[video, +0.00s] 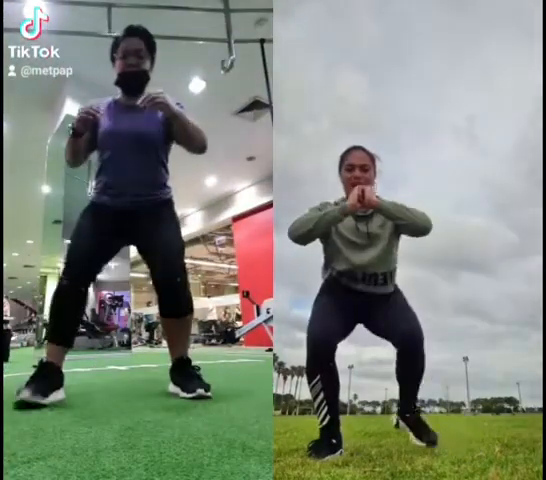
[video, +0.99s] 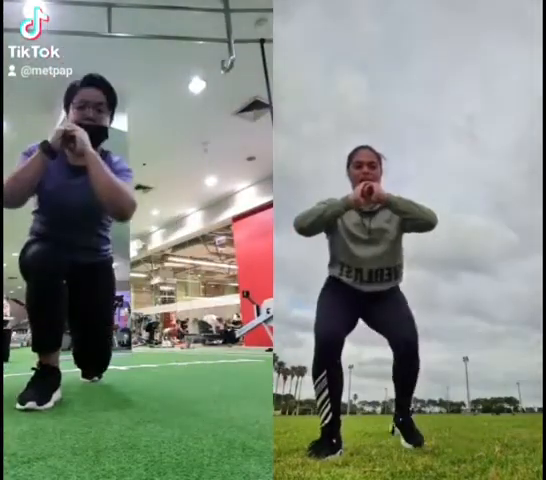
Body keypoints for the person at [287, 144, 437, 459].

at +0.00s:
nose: (358, 175)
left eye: (365, 169)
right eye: (350, 169)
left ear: (375, 175)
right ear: (341, 175)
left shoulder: (389, 213)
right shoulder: (330, 212)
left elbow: (424, 226)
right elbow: (296, 234)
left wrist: (378, 205)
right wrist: (345, 209)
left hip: (383, 298)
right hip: (339, 296)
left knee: (412, 339)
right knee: (318, 345)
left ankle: (408, 412)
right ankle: (330, 436)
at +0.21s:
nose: (342, 194)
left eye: (349, 188)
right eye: (335, 188)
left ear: (359, 194)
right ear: (326, 195)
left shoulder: (370, 228)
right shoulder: (313, 234)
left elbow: (395, 234)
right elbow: (273, 245)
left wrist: (351, 215)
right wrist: (319, 219)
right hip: (329, 311)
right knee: (314, 346)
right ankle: (330, 438)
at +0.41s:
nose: (344, 226)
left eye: (351, 220)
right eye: (338, 220)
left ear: (361, 228)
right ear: (328, 227)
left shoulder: (370, 261)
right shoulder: (312, 265)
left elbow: (388, 278)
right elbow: (271, 274)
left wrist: (348, 253)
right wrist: (319, 254)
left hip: (361, 350)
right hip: (323, 344)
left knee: (345, 435)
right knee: (308, 347)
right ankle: (330, 437)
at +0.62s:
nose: (347, 216)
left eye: (354, 211)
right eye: (341, 210)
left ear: (364, 217)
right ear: (331, 216)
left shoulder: (372, 253)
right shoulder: (315, 252)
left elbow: (395, 260)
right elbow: (275, 254)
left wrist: (354, 234)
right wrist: (321, 235)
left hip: (362, 333)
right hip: (323, 328)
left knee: (350, 403)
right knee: (311, 342)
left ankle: (331, 442)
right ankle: (330, 434)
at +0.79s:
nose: (351, 185)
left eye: (357, 180)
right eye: (345, 180)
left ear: (367, 187)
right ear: (336, 187)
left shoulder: (379, 222)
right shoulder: (323, 223)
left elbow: (408, 227)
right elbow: (284, 230)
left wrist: (364, 207)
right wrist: (331, 210)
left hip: (371, 308)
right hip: (330, 303)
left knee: (356, 393)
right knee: (317, 351)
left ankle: (331, 427)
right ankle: (330, 437)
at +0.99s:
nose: (366, 172)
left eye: (372, 166)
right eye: (358, 167)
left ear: (382, 173)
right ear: (348, 174)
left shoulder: (395, 212)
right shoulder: (336, 209)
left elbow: (430, 221)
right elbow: (301, 226)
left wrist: (387, 199)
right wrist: (349, 203)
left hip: (385, 295)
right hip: (341, 293)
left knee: (408, 347)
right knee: (326, 348)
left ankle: (403, 417)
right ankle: (330, 436)